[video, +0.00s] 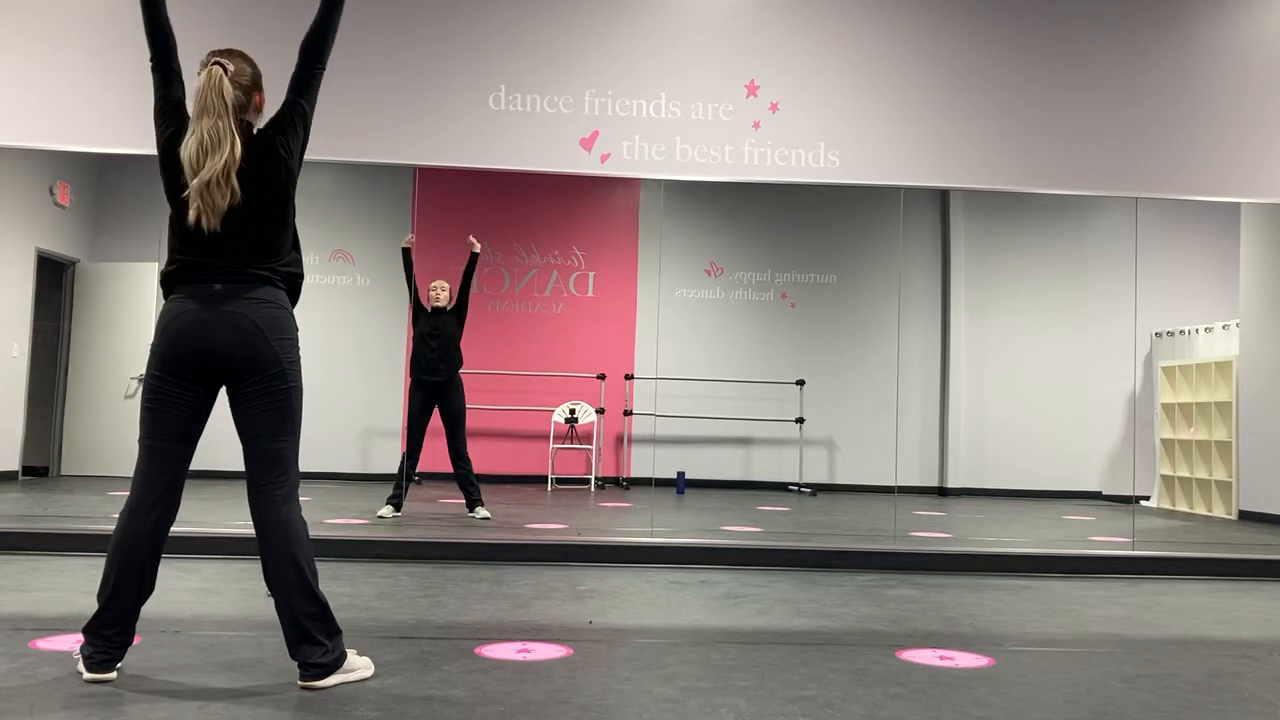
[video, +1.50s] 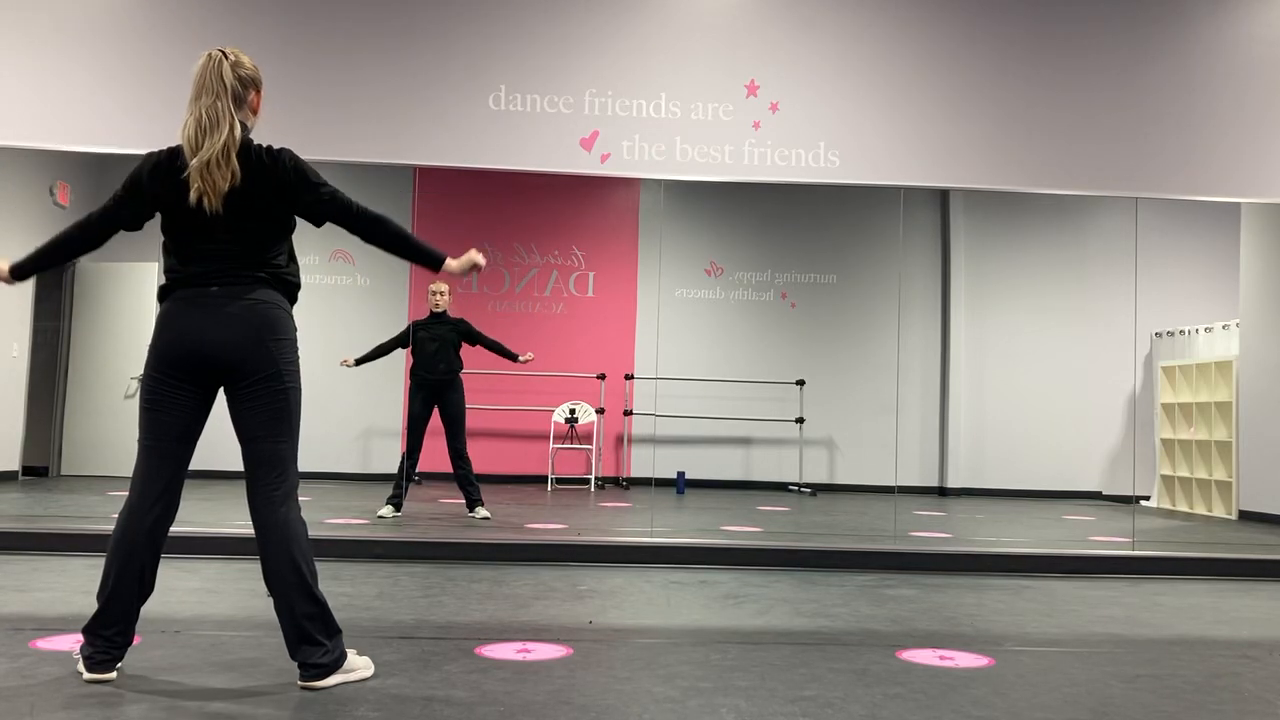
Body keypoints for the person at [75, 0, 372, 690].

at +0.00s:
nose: (264, 99)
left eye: (245, 84)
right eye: (261, 89)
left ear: (200, 94)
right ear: (256, 98)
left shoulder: (178, 146)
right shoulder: (277, 146)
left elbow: (163, 60)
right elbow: (312, 63)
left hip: (184, 319)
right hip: (262, 319)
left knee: (152, 487)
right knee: (275, 494)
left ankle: (102, 647)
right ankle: (318, 656)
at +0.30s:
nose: (269, 100)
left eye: (262, 91)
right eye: (265, 91)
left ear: (205, 97)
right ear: (257, 98)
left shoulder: (178, 153)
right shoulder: (281, 153)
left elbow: (130, 71)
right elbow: (338, 81)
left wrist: (89, 0)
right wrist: (382, 9)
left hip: (183, 321)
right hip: (263, 321)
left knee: (152, 487)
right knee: (275, 493)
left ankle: (101, 648)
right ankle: (319, 656)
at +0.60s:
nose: (268, 100)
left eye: (262, 90)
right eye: (265, 90)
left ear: (204, 99)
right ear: (257, 99)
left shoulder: (174, 157)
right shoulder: (286, 156)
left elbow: (101, 94)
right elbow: (356, 98)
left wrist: (31, 22)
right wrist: (422, 35)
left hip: (184, 322)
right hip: (263, 323)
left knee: (152, 487)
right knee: (275, 495)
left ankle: (102, 647)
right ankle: (318, 656)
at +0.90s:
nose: (266, 101)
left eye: (261, 91)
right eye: (263, 92)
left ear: (203, 98)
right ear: (253, 99)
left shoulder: (167, 156)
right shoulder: (285, 160)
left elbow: (77, 129)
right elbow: (371, 136)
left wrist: (2, 92)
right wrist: (455, 103)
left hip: (182, 318)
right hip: (261, 318)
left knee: (150, 491)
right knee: (275, 493)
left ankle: (101, 650)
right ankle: (319, 656)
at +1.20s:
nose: (264, 101)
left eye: (260, 93)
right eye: (262, 93)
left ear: (199, 98)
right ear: (252, 98)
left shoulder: (166, 163)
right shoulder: (280, 163)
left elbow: (77, 176)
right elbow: (370, 177)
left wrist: (3, 176)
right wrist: (468, 178)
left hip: (180, 318)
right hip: (258, 318)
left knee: (150, 489)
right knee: (274, 492)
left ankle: (101, 649)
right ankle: (319, 656)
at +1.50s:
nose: (263, 104)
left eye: (258, 95)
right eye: (262, 95)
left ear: (198, 97)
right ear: (252, 100)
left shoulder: (162, 168)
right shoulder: (280, 167)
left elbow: (98, 226)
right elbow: (360, 221)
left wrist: (21, 267)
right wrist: (444, 262)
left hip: (180, 324)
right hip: (260, 325)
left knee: (150, 491)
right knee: (275, 493)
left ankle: (101, 649)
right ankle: (319, 656)